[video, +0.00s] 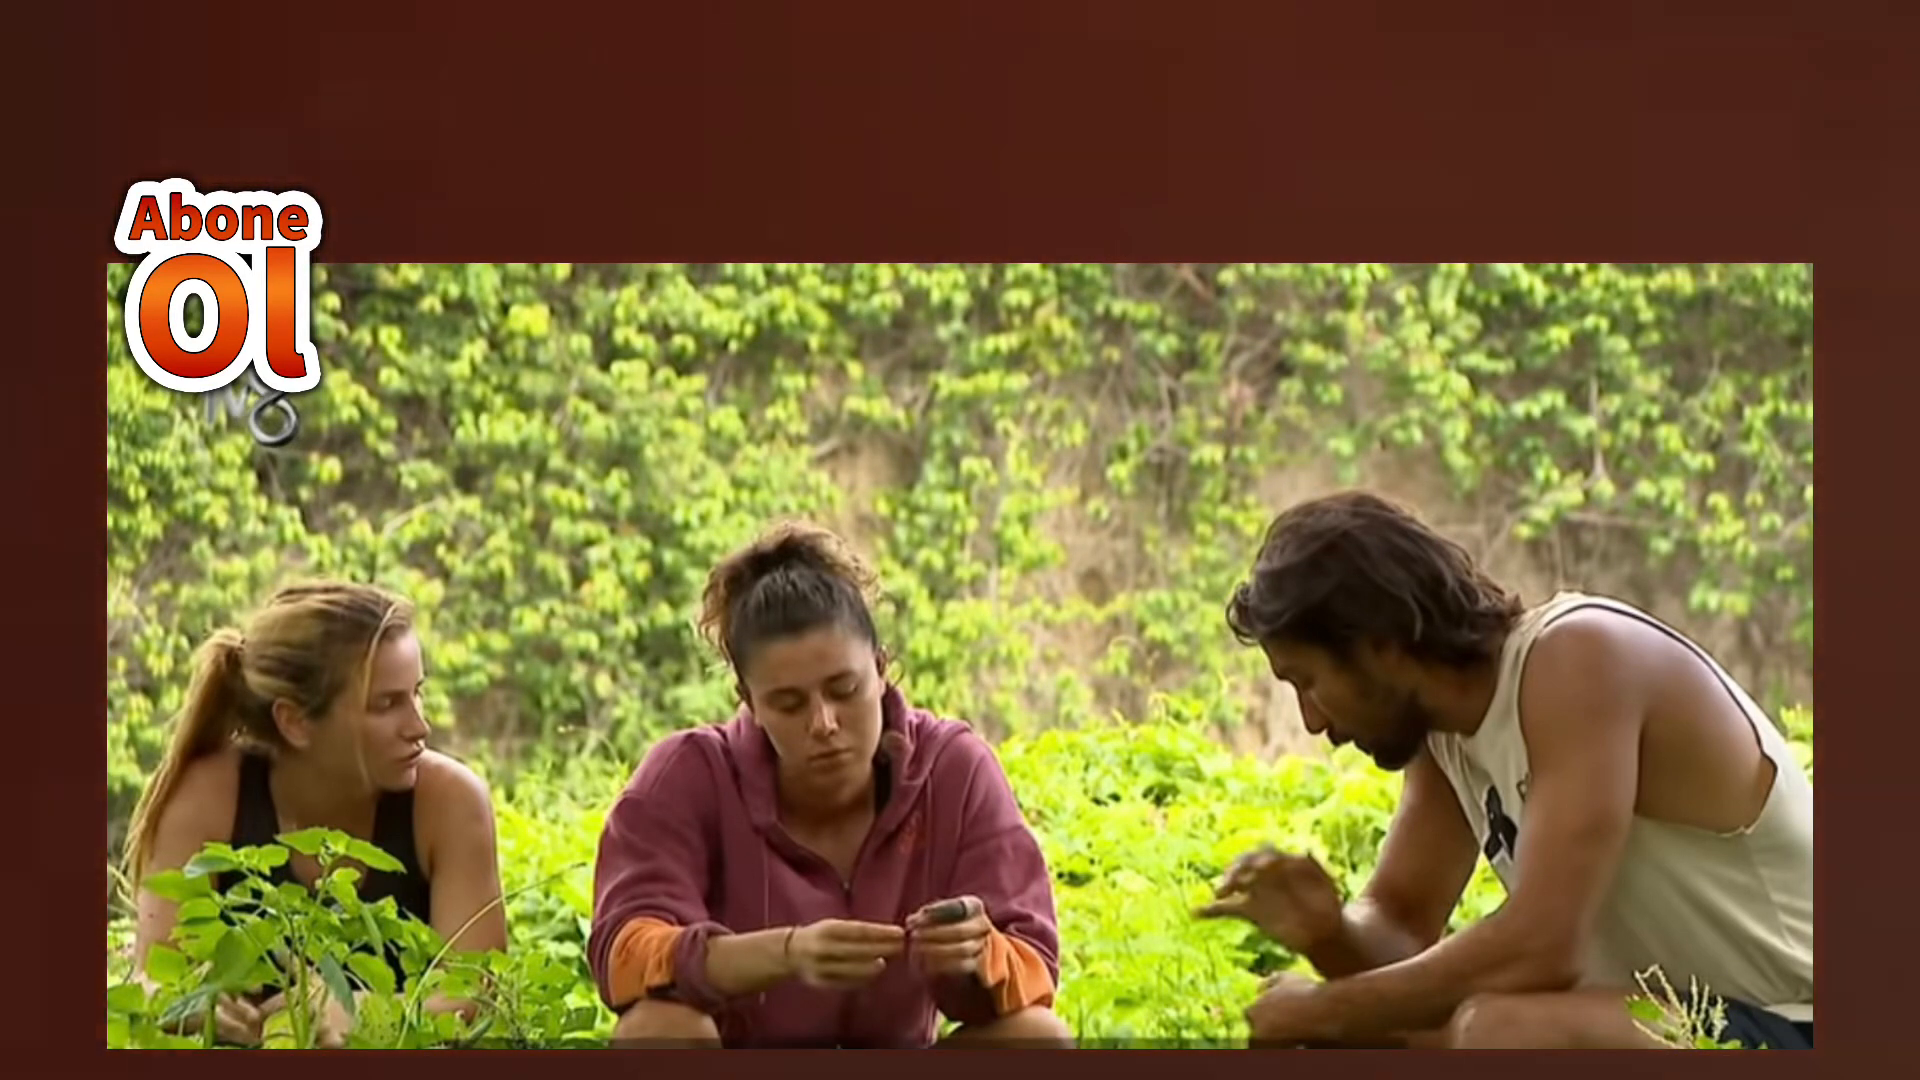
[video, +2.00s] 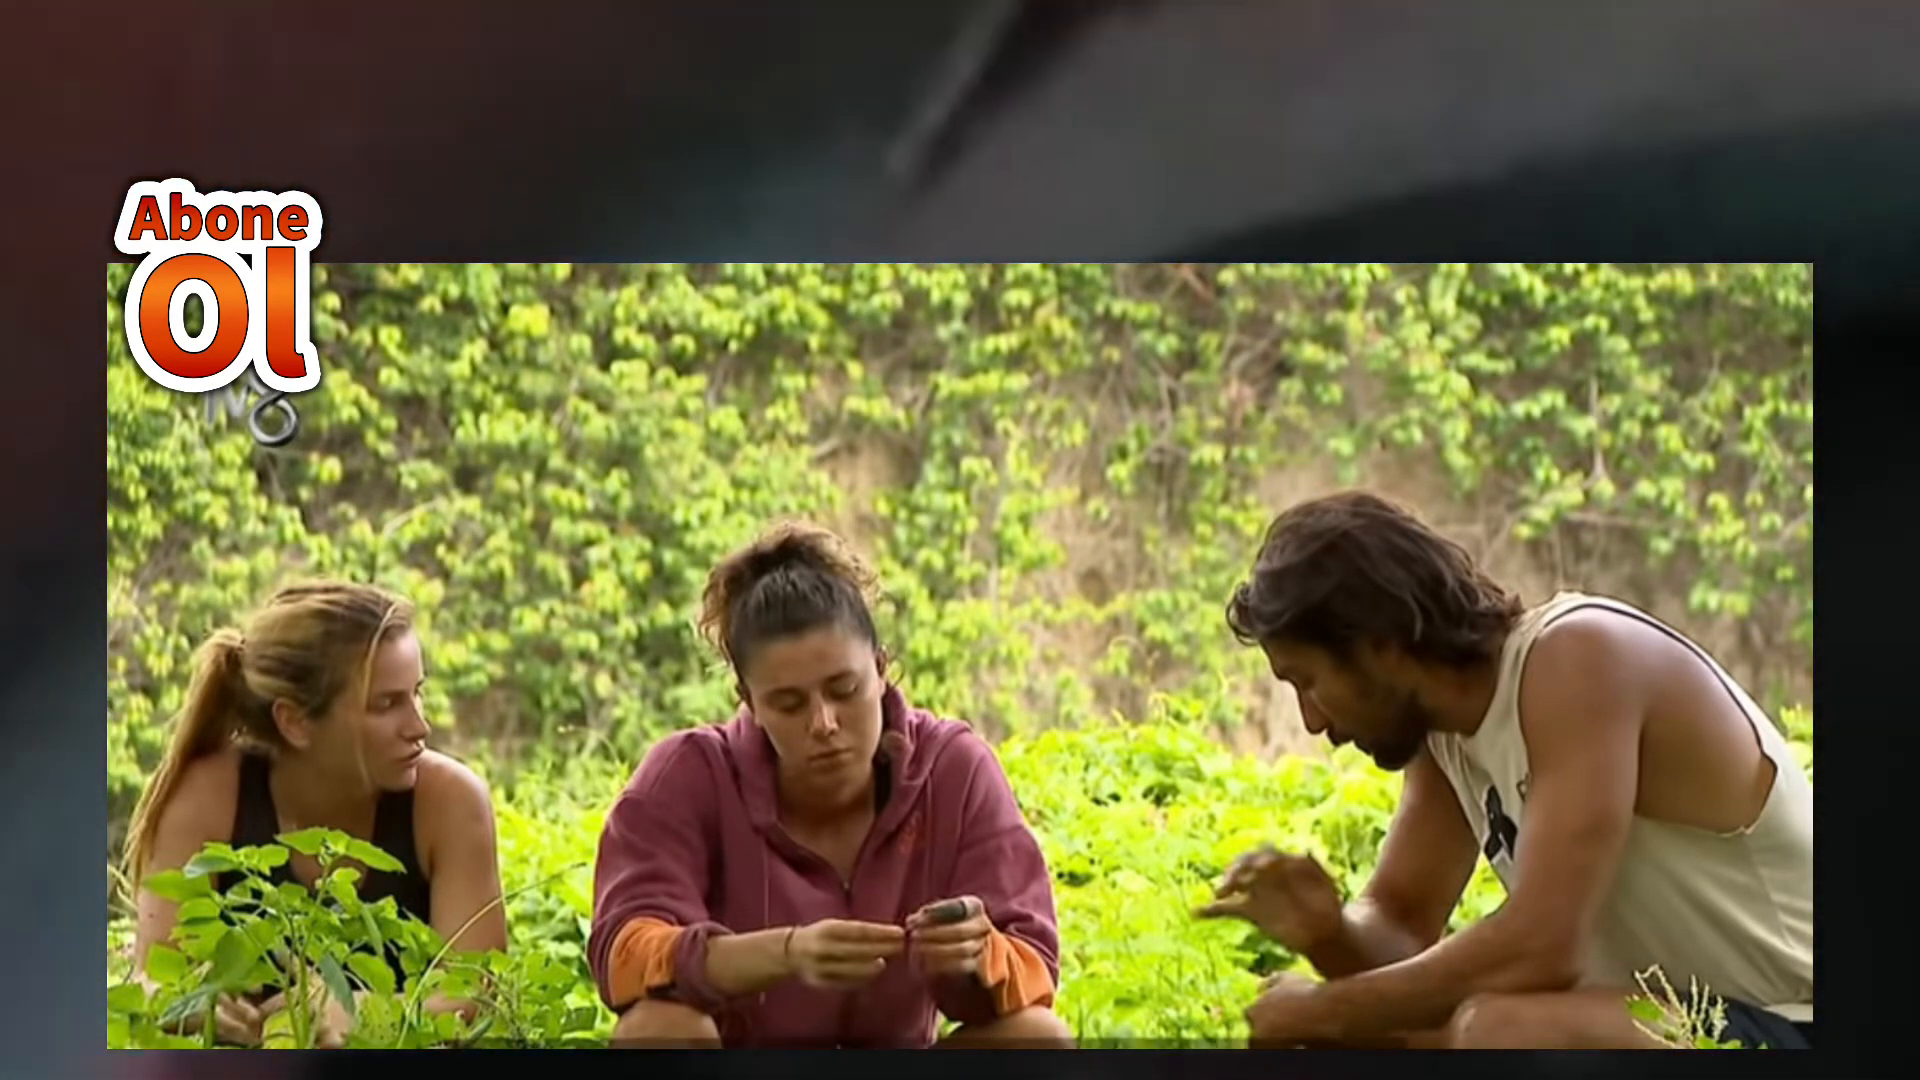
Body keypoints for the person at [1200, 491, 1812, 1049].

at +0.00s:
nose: (1311, 723)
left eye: (1306, 687)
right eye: (1296, 693)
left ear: (1384, 642)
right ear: (1384, 644)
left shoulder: (1585, 656)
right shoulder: (1450, 730)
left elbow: (1539, 950)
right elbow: (1402, 926)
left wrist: (1322, 1013)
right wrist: (1329, 931)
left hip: (1788, 1016)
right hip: (1660, 1002)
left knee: (1500, 1026)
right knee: (1374, 1030)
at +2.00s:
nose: (1311, 723)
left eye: (1307, 687)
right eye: (1296, 693)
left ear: (1385, 642)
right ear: (1385, 644)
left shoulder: (1584, 656)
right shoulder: (1450, 730)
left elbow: (1539, 951)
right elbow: (1402, 925)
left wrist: (1325, 1014)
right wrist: (1329, 933)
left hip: (1786, 1014)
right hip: (1655, 1001)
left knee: (1500, 1025)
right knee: (1380, 1025)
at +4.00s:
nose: (1311, 723)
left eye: (1306, 687)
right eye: (1295, 693)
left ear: (1384, 642)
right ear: (1383, 644)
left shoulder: (1584, 656)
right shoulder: (1450, 730)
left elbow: (1539, 950)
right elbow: (1403, 924)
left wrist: (1326, 1015)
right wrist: (1330, 933)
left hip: (1789, 1018)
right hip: (1659, 1003)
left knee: (1501, 1026)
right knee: (1380, 1026)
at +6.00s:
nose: (1310, 723)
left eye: (1305, 686)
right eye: (1295, 693)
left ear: (1385, 643)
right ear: (1385, 645)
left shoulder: (1584, 656)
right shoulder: (1451, 731)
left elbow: (1540, 950)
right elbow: (1403, 925)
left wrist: (1323, 1014)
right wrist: (1331, 933)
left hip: (1791, 1020)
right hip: (1659, 1004)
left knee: (1502, 1026)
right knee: (1375, 1032)